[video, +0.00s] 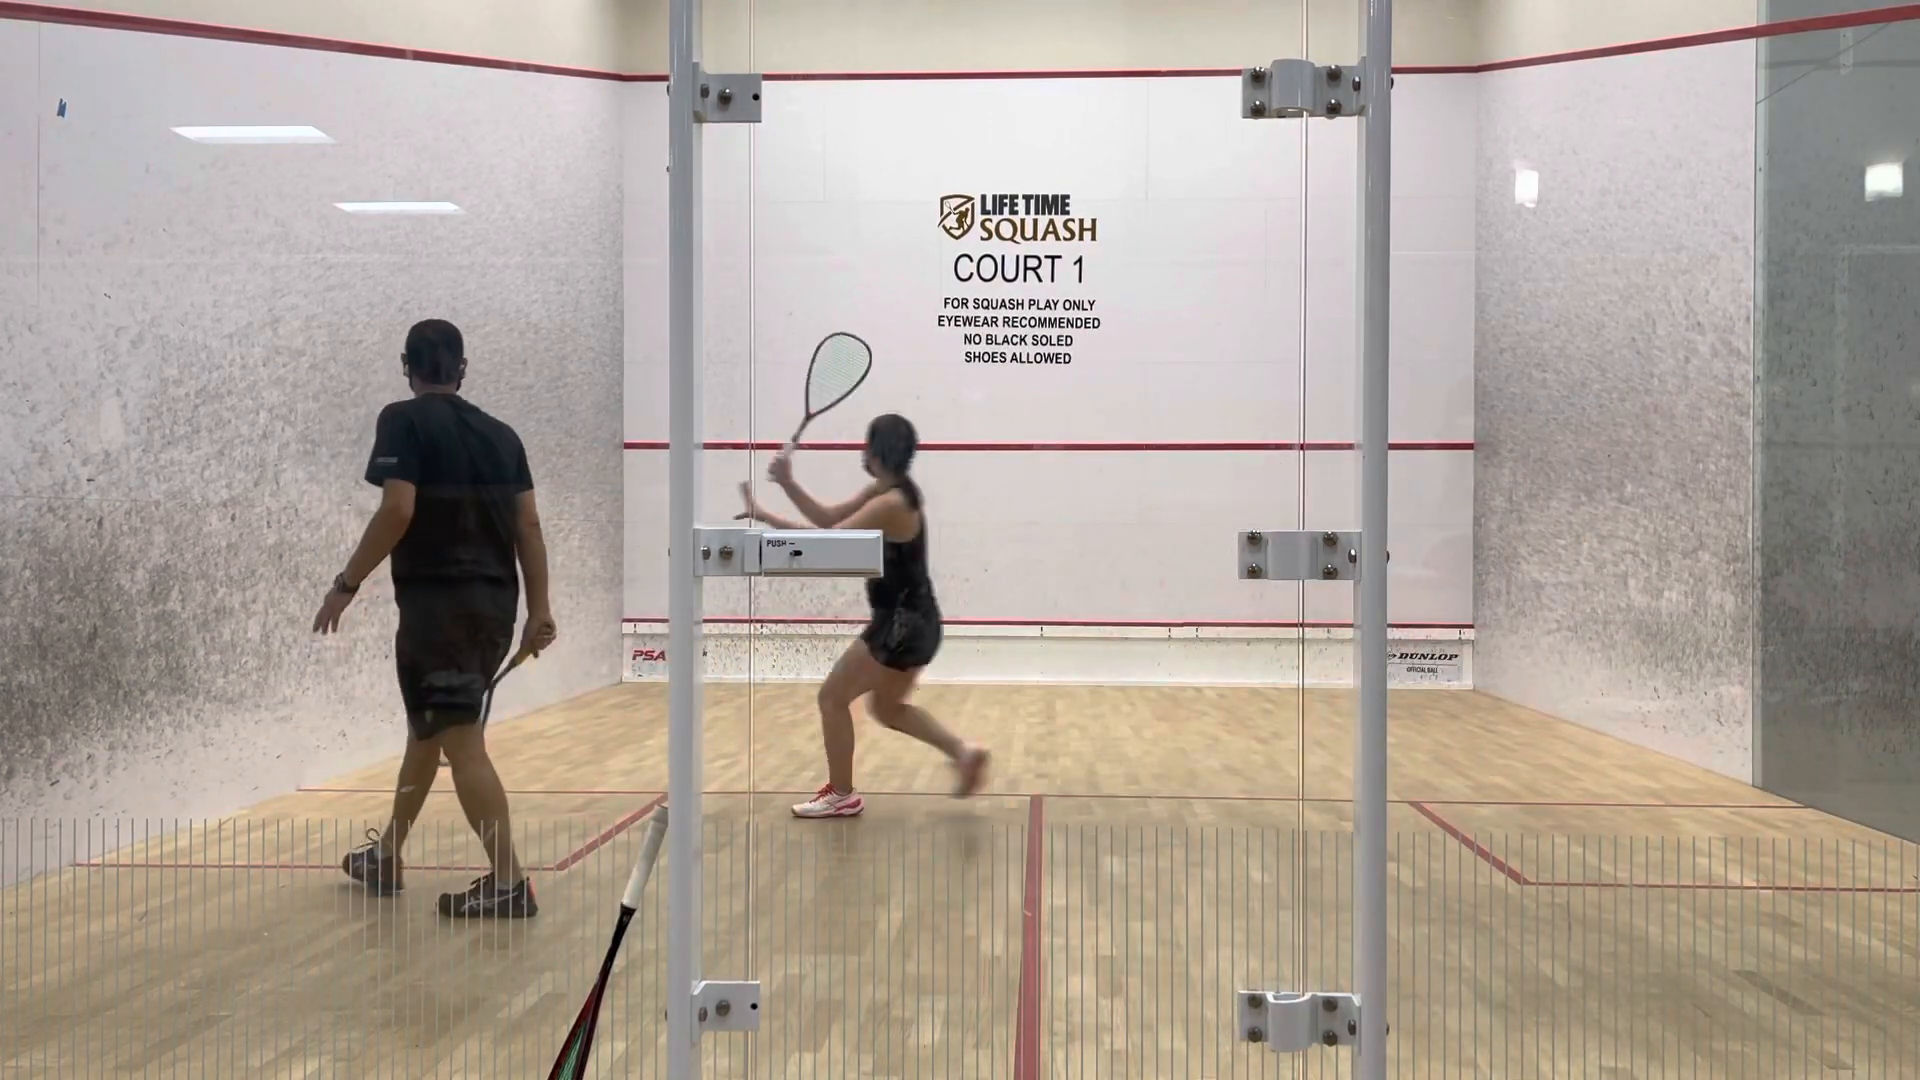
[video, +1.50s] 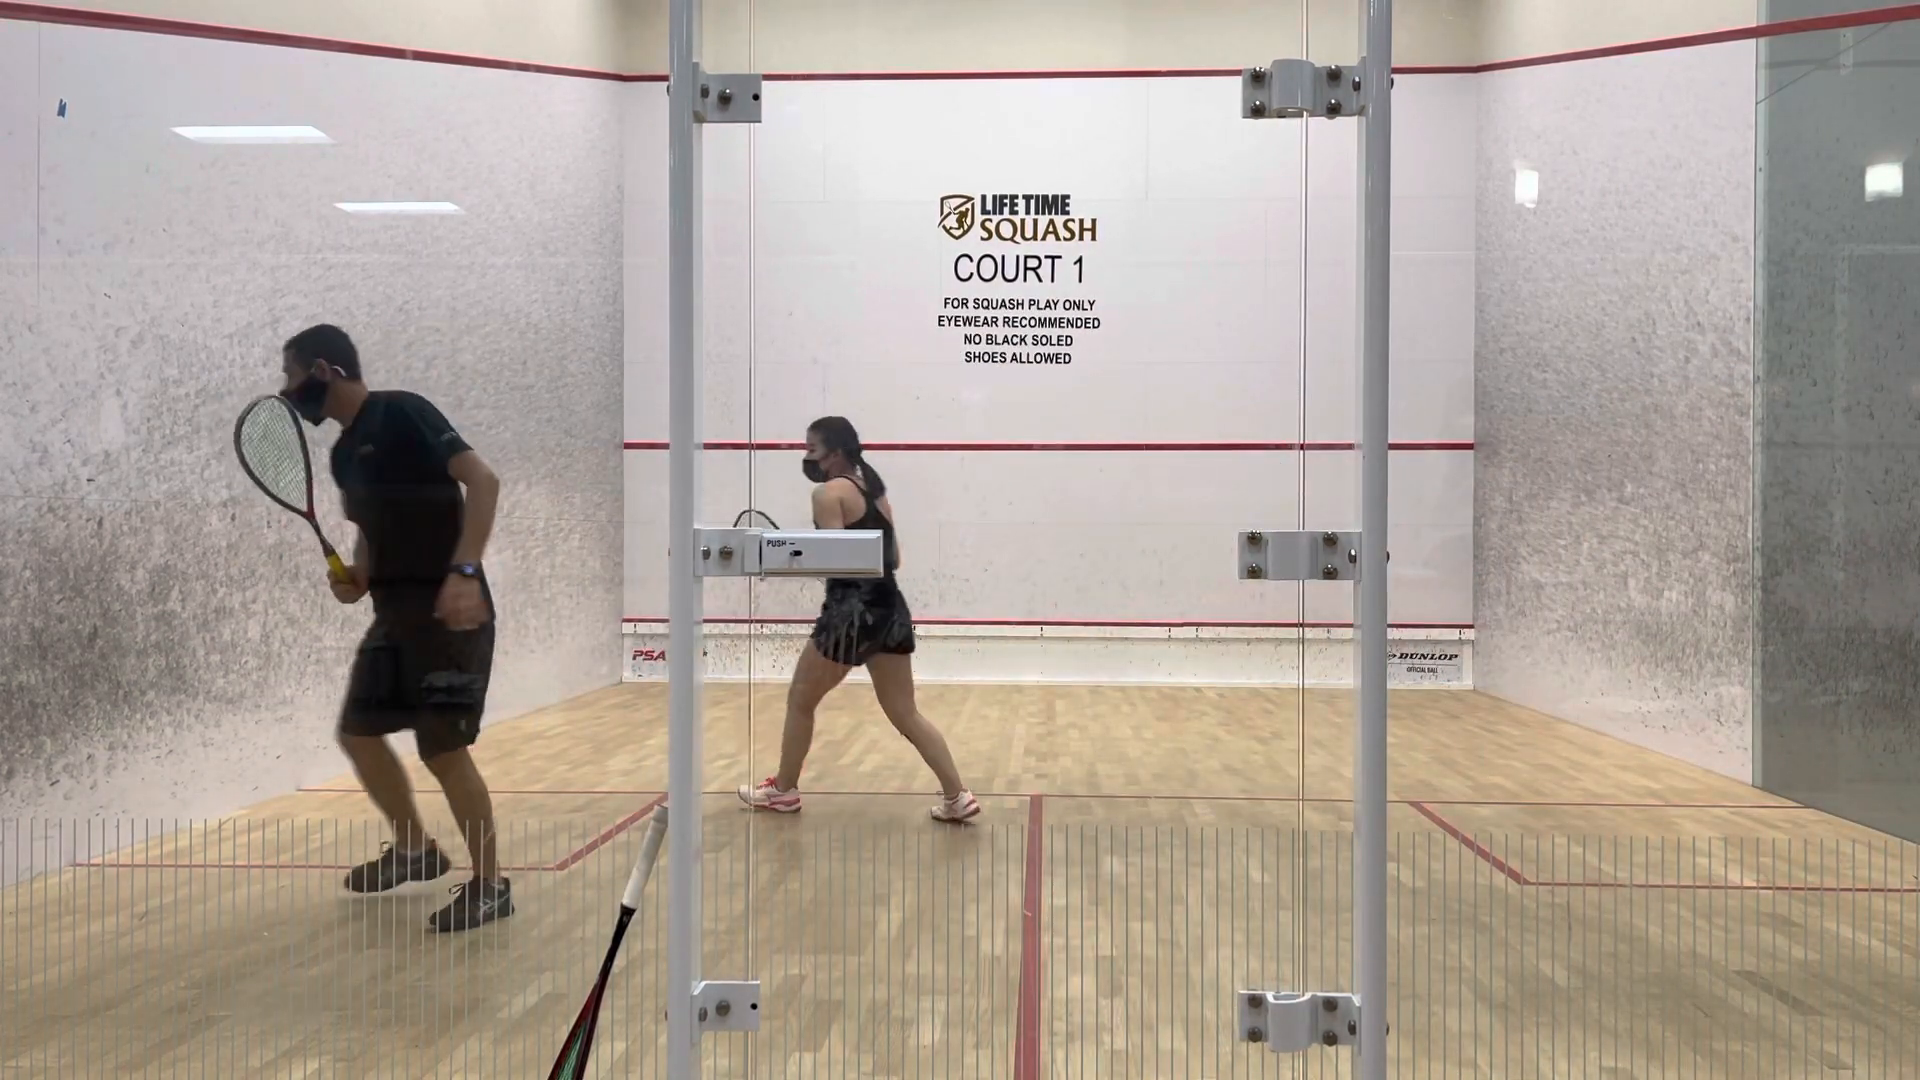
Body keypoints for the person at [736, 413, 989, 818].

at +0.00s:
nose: (863, 451)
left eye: (868, 445)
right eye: (866, 444)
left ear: (877, 453)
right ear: (901, 453)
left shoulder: (890, 503)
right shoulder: (886, 492)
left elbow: (827, 539)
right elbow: (828, 519)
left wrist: (762, 514)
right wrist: (788, 483)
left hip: (902, 627)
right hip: (913, 624)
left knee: (832, 697)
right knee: (887, 708)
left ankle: (841, 793)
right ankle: (964, 754)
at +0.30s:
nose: (761, 468)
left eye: (764, 461)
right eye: (763, 461)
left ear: (781, 463)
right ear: (768, 460)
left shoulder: (790, 502)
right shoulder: (767, 494)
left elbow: (739, 534)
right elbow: (735, 515)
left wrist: (719, 504)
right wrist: (765, 479)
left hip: (809, 624)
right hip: (784, 622)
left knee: (764, 711)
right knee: (730, 692)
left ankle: (834, 784)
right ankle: (696, 775)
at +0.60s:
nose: (695, 484)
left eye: (698, 478)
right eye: (697, 478)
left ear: (708, 481)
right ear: (738, 479)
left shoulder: (708, 513)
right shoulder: (748, 514)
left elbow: (677, 574)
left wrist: (654, 633)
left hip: (719, 627)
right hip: (749, 623)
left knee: (706, 725)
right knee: (695, 707)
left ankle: (777, 757)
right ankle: (673, 777)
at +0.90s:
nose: (712, 473)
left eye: (714, 465)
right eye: (714, 465)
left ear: (723, 469)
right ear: (753, 466)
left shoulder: (715, 504)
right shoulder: (778, 509)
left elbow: (673, 540)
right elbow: (831, 521)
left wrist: (628, 569)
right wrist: (880, 521)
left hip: (721, 623)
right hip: (760, 624)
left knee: (694, 708)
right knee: (698, 700)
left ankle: (756, 766)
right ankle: (673, 775)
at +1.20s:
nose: (754, 444)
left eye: (757, 437)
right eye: (754, 437)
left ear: (771, 437)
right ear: (798, 435)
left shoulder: (755, 477)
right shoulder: (823, 482)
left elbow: (718, 522)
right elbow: (855, 532)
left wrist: (670, 533)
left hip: (777, 601)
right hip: (820, 599)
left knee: (760, 696)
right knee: (790, 684)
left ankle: (781, 788)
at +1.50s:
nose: (807, 457)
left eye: (813, 450)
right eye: (808, 450)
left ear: (836, 452)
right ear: (845, 453)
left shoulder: (828, 493)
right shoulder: (874, 489)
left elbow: (832, 558)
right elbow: (893, 559)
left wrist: (779, 556)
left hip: (848, 615)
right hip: (889, 612)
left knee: (801, 699)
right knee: (904, 713)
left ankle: (784, 788)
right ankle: (957, 795)